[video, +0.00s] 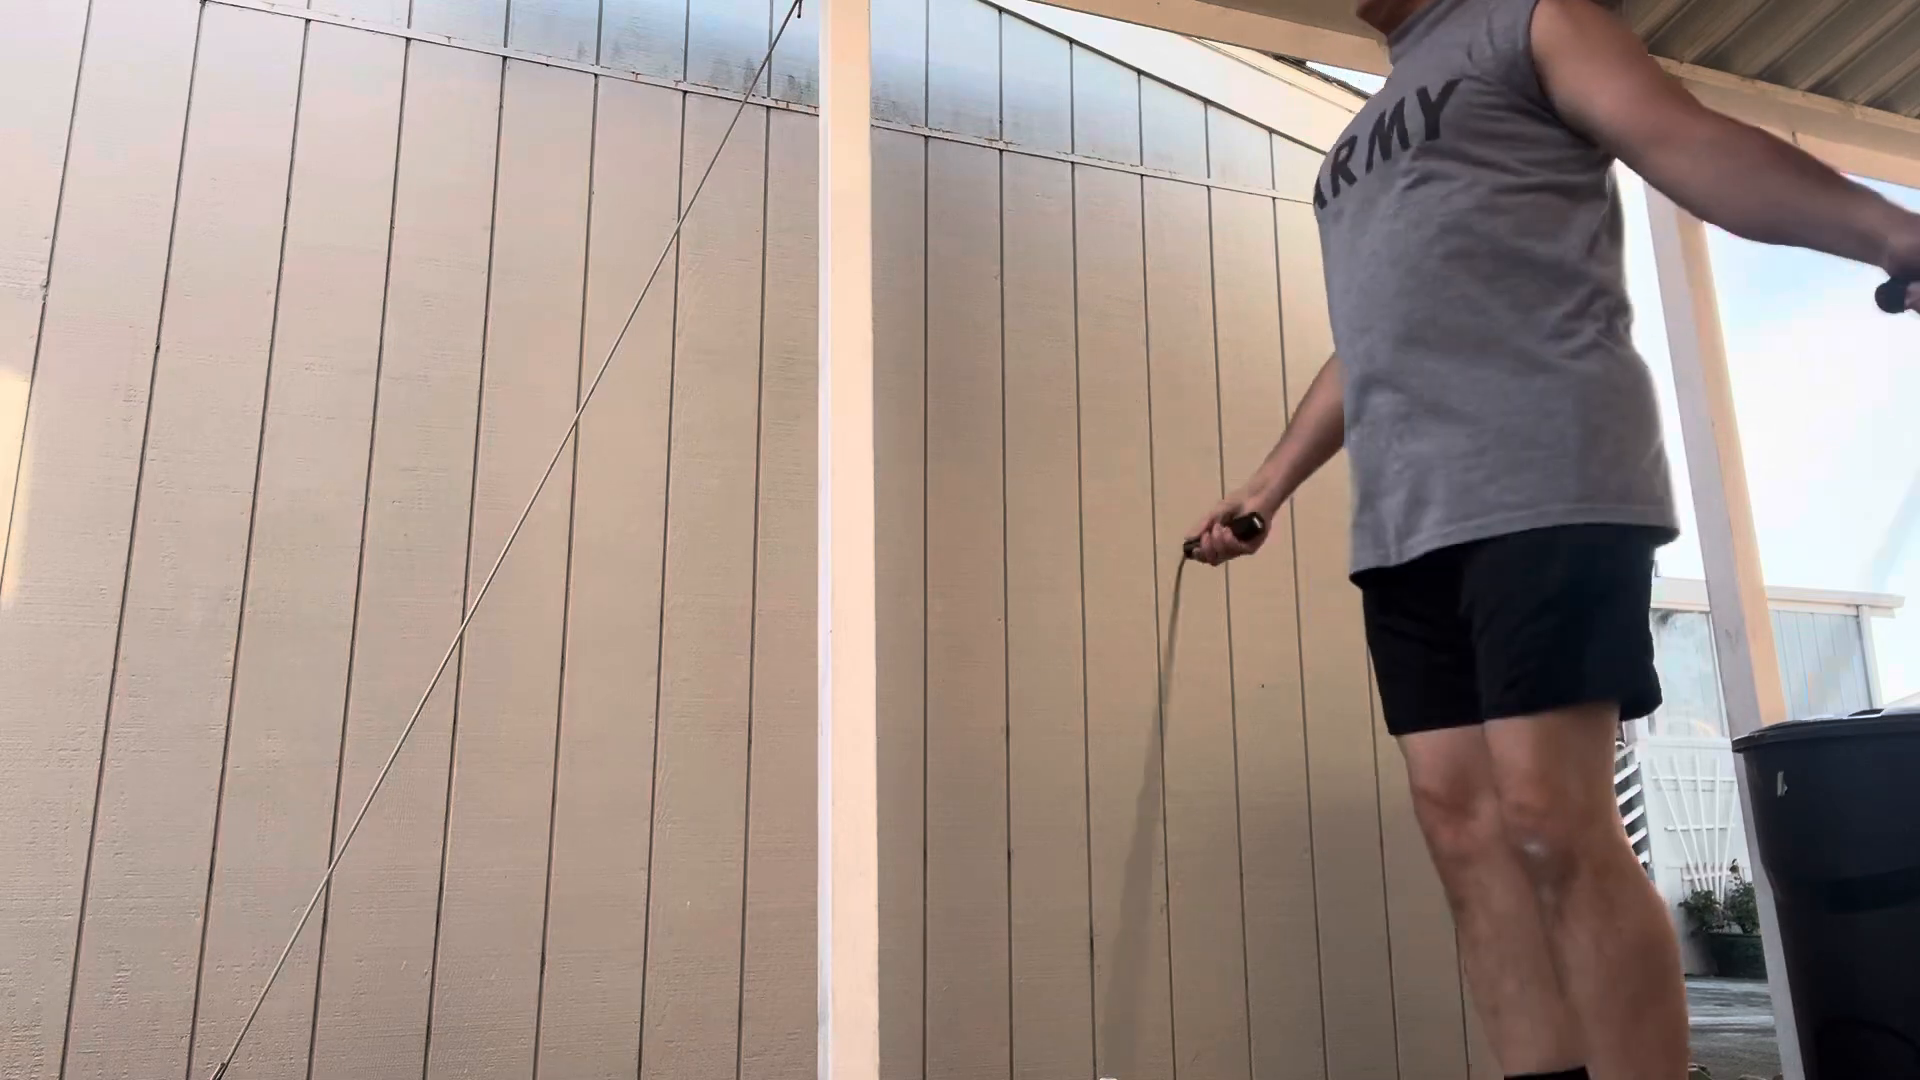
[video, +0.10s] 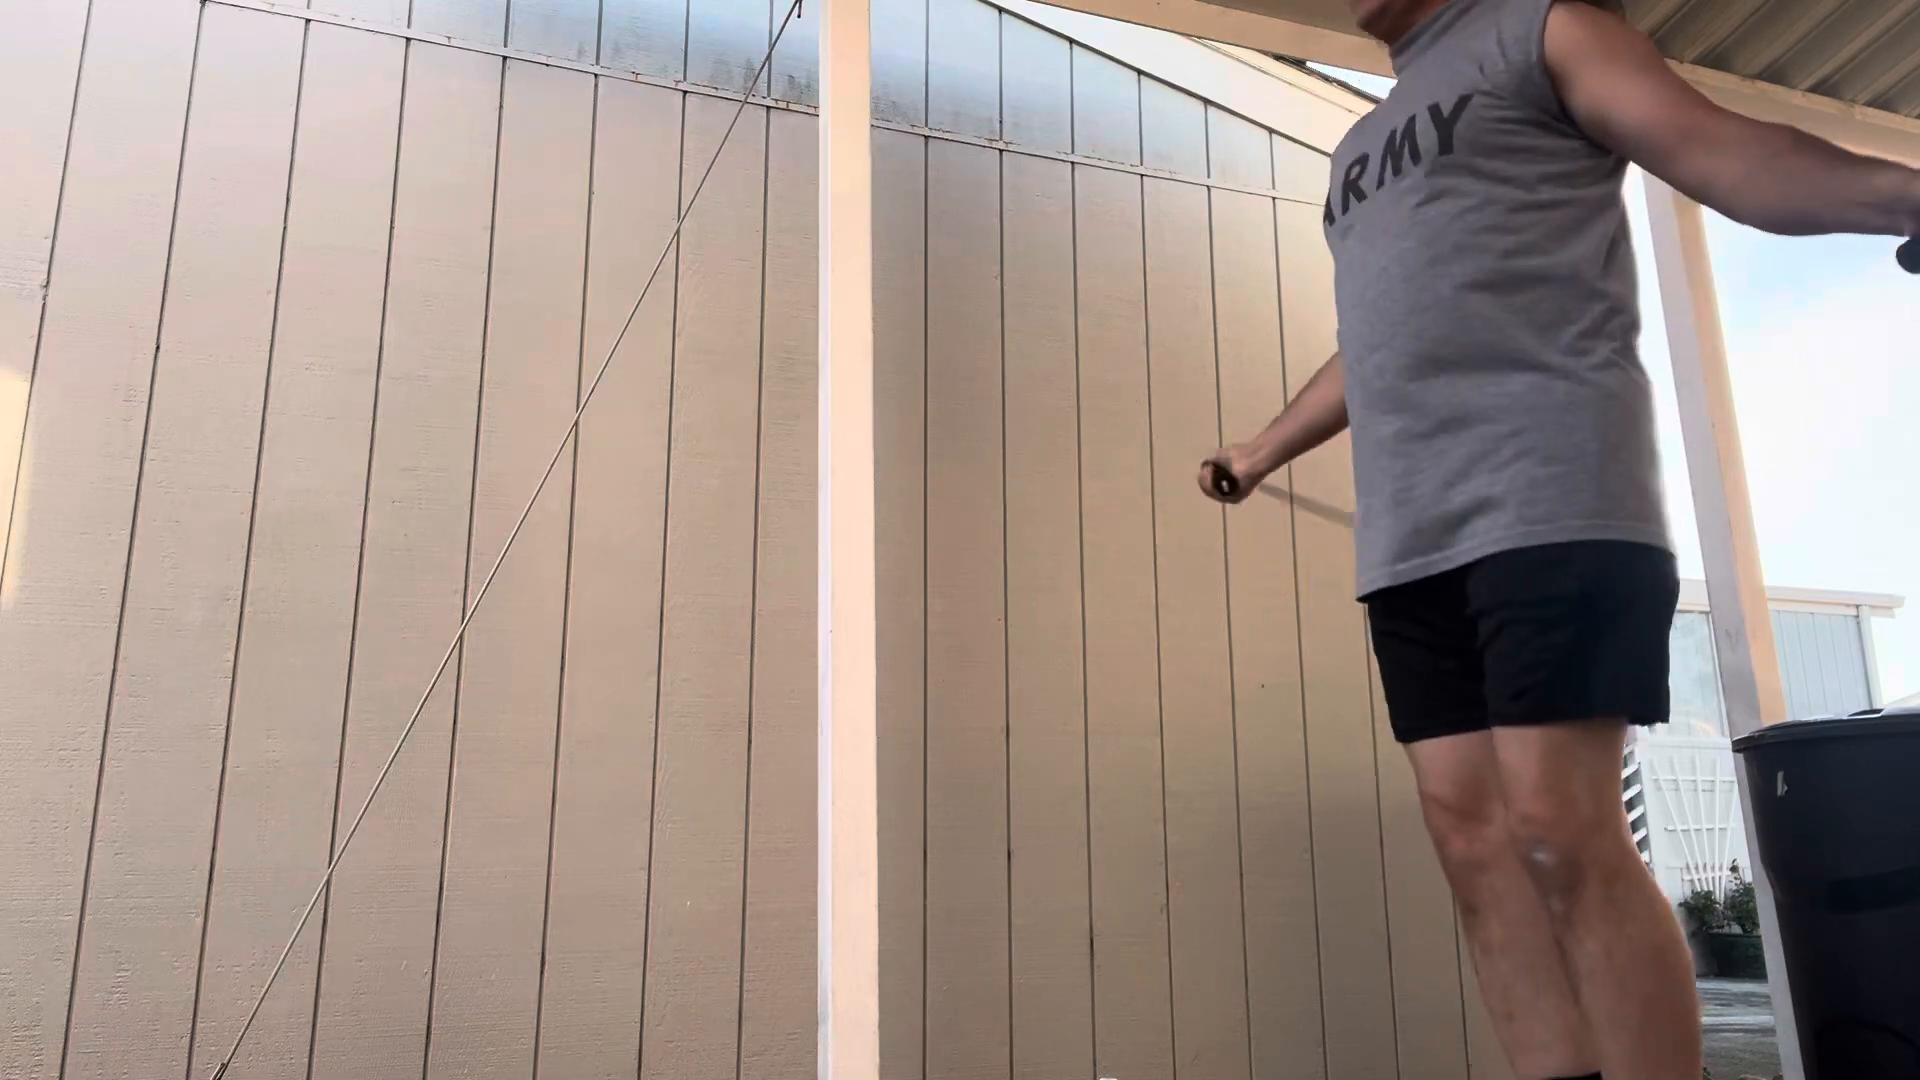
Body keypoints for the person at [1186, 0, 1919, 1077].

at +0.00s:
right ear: (1378, 2)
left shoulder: (1526, 19)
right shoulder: (1352, 151)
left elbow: (1686, 141)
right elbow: (1366, 348)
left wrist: (1896, 237)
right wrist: (1265, 485)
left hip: (1547, 475)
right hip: (1402, 510)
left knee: (1555, 819)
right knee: (1456, 819)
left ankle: (1642, 1070)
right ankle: (1540, 1069)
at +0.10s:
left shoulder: (1539, 27)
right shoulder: (1356, 151)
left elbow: (1713, 148)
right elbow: (1373, 345)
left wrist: (1903, 198)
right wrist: (1259, 451)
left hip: (1555, 486)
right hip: (1406, 524)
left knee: (1564, 827)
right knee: (1468, 837)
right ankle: (1561, 1073)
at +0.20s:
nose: (1367, 27)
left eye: (1398, 5)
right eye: (1362, 18)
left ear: (1482, 19)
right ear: (1366, 60)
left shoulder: (1561, 134)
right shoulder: (1380, 247)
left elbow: (1716, 255)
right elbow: (1366, 443)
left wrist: (1792, 317)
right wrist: (1213, 483)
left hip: (1576, 604)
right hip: (1421, 632)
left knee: (1578, 942)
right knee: (1447, 932)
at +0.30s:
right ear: (1373, 23)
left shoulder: (1562, 69)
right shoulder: (1378, 190)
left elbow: (1688, 215)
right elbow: (1374, 385)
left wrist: (1821, 327)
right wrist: (1254, 510)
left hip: (1566, 551)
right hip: (1420, 577)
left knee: (1593, 884)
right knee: (1486, 882)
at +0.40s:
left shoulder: (1547, 17)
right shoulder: (1372, 144)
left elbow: (1717, 140)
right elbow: (1375, 348)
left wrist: (1913, 224)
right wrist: (1273, 480)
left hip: (1571, 461)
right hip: (1419, 497)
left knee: (1580, 809)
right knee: (1480, 817)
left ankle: (1676, 1072)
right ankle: (1580, 1070)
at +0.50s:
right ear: (1390, 1)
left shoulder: (1556, 24)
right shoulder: (1372, 148)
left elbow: (1728, 142)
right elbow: (1382, 349)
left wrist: (1904, 195)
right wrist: (1266, 456)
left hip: (1576, 484)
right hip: (1420, 519)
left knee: (1590, 821)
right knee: (1483, 831)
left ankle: (1682, 1065)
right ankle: (1586, 1065)